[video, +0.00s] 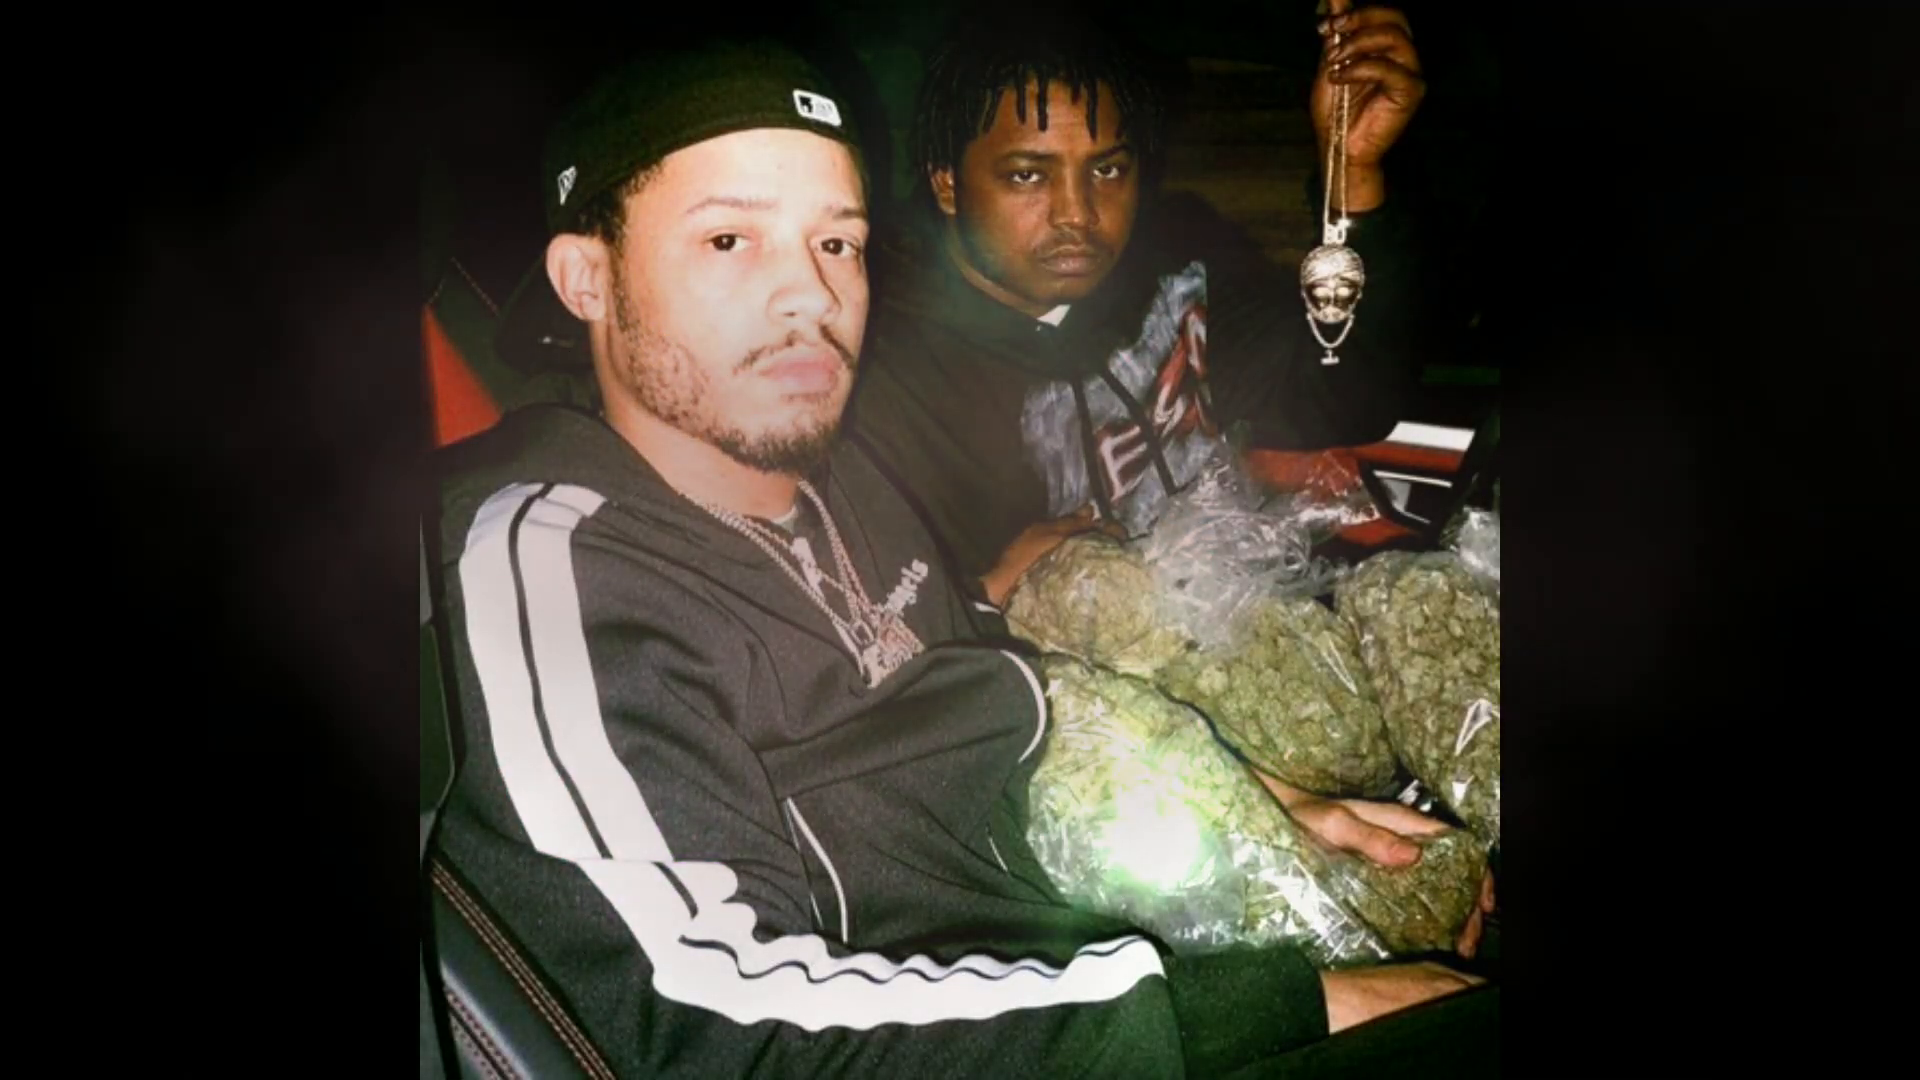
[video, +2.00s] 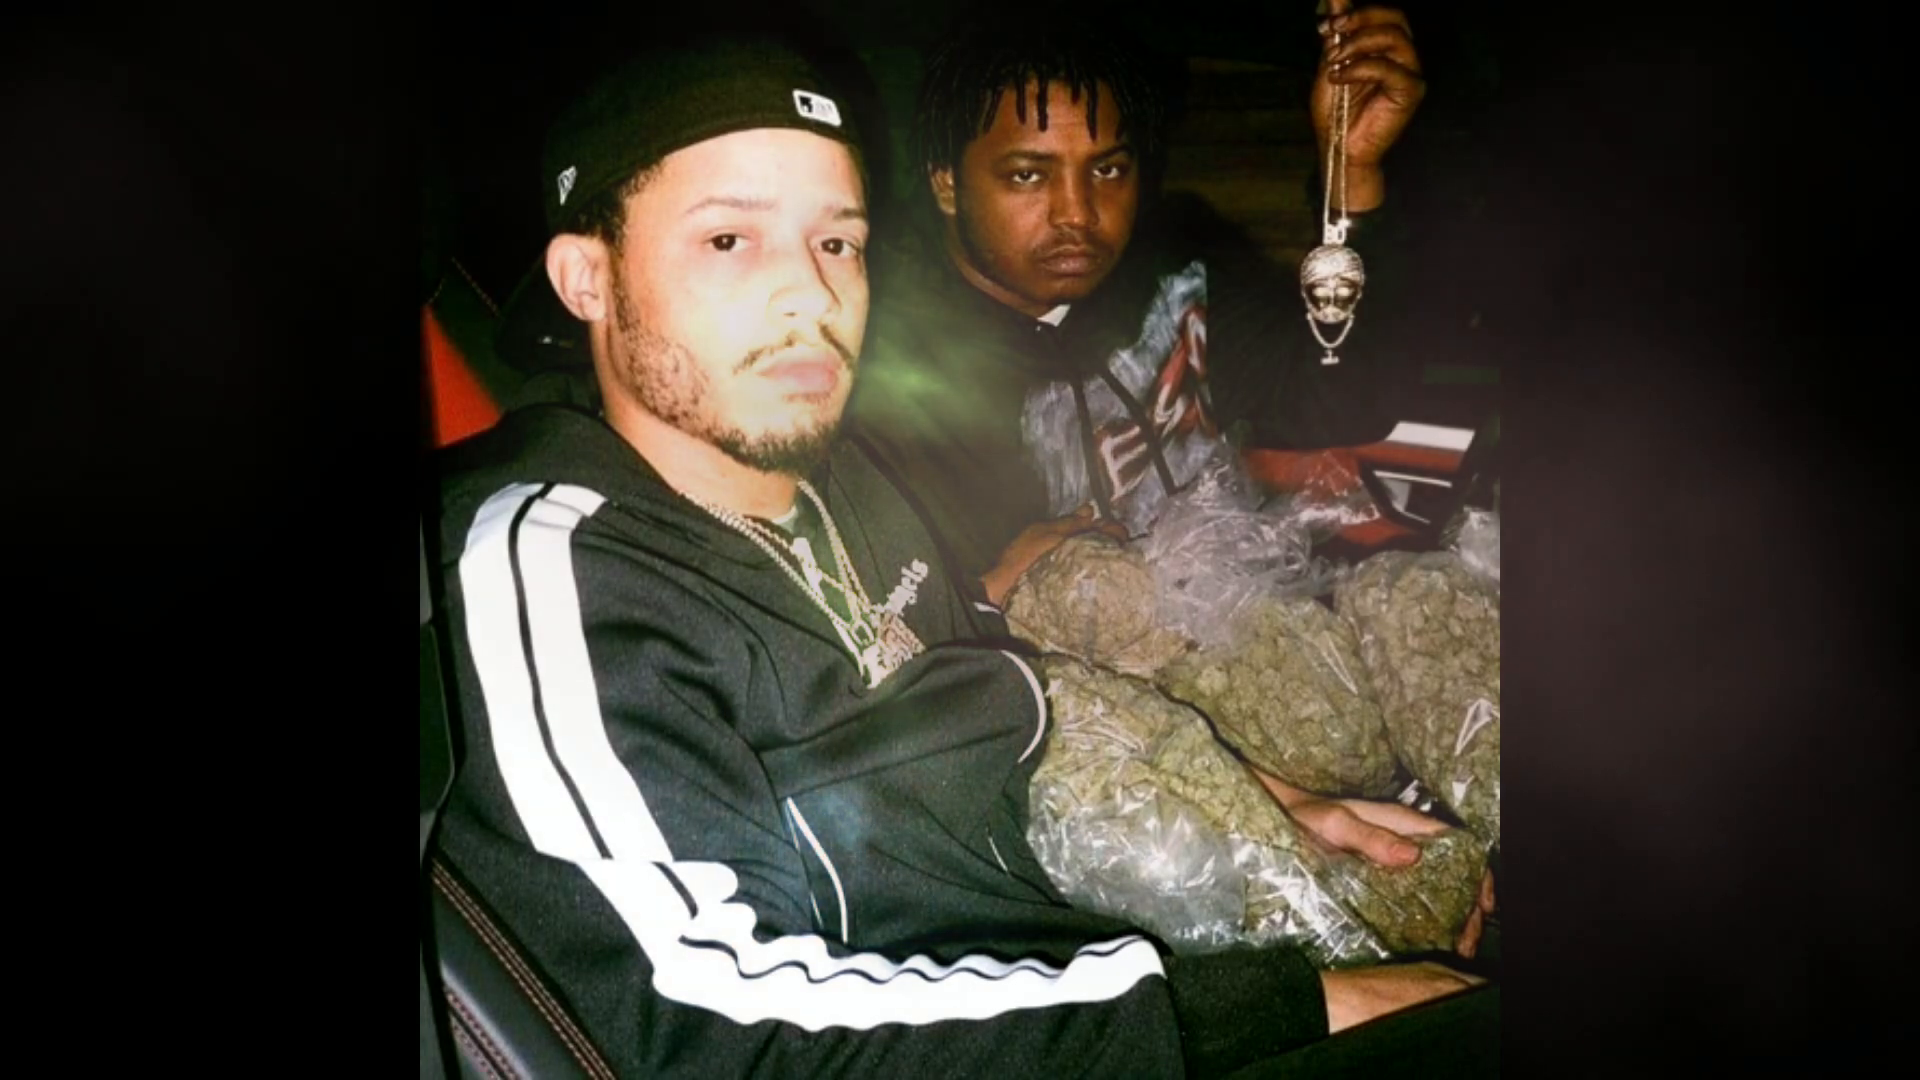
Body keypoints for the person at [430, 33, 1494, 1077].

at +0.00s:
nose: (813, 304)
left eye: (836, 249)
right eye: (729, 245)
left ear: (868, 269)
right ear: (588, 283)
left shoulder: (832, 477)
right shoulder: (532, 552)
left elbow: (1001, 742)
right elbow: (711, 1012)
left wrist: (1263, 827)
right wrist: (1281, 1007)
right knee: (1458, 1008)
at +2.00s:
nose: (811, 306)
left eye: (835, 249)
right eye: (730, 246)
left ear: (868, 268)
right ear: (589, 283)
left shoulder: (842, 484)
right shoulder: (530, 550)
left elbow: (1012, 738)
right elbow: (706, 1014)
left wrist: (1267, 817)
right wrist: (1276, 1008)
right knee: (1479, 1006)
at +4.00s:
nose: (810, 303)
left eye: (835, 249)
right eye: (729, 244)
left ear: (866, 269)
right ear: (588, 282)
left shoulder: (828, 482)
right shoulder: (536, 552)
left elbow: (1010, 745)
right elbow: (707, 1019)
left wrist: (1267, 820)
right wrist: (1278, 1008)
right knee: (1489, 1006)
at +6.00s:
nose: (812, 303)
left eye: (837, 249)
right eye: (729, 244)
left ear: (869, 267)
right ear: (587, 281)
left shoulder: (827, 488)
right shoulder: (534, 550)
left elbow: (1006, 736)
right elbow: (703, 1017)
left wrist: (1268, 819)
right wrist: (1275, 1008)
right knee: (1481, 1010)